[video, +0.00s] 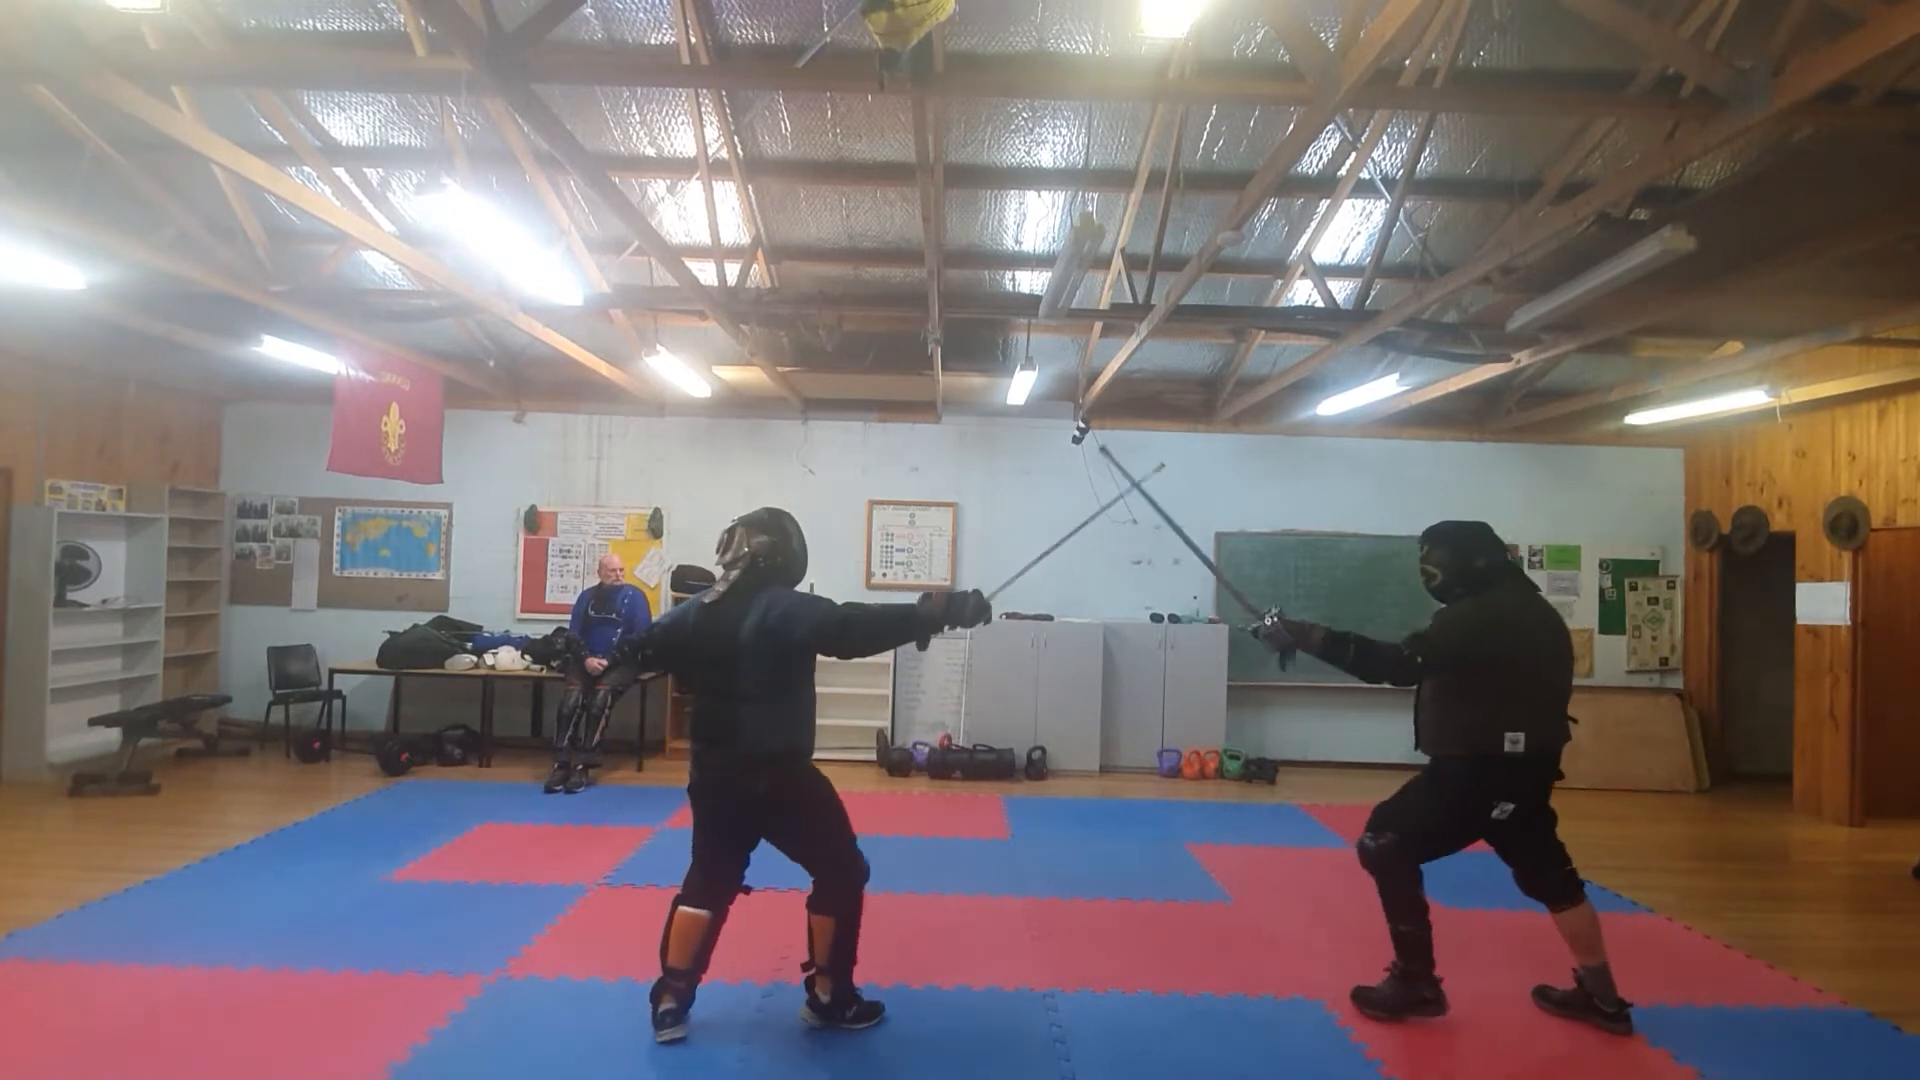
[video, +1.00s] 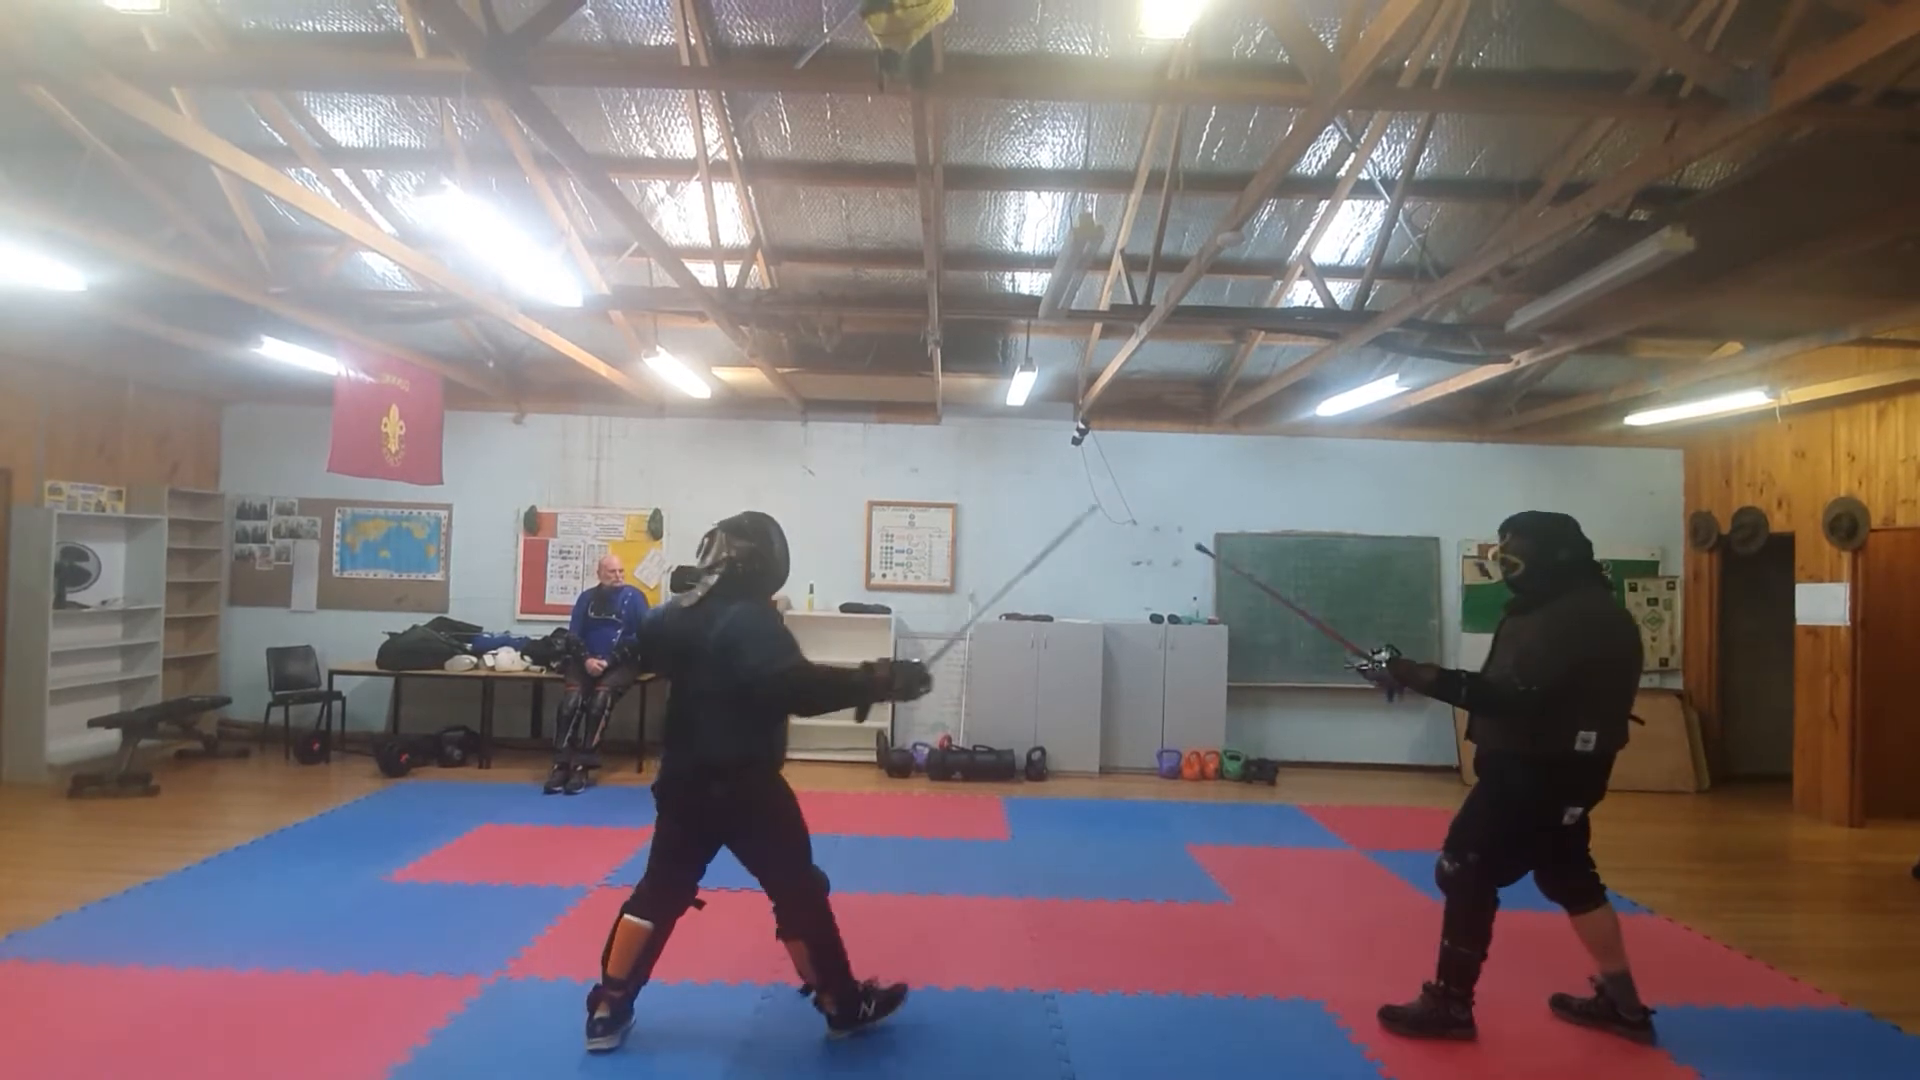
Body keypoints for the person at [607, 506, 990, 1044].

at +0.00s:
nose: (798, 568)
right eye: (796, 558)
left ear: (730, 554)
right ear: (787, 559)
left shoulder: (693, 617)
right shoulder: (792, 611)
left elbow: (642, 649)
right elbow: (858, 627)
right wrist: (938, 610)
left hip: (715, 783)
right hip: (785, 782)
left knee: (708, 880)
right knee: (840, 871)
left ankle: (671, 999)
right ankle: (830, 997)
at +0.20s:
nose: (824, 573)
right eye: (822, 563)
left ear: (755, 559)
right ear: (813, 564)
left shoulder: (722, 616)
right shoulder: (816, 619)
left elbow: (682, 631)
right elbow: (878, 659)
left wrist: (728, 600)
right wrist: (949, 635)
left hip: (735, 782)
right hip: (806, 782)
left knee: (718, 876)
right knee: (852, 882)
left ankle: (674, 991)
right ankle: (867, 1005)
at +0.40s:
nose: (813, 577)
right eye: (810, 567)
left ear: (747, 564)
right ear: (802, 571)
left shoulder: (719, 622)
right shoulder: (791, 630)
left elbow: (686, 632)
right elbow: (819, 714)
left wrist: (718, 605)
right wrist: (897, 700)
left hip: (728, 788)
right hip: (795, 790)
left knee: (706, 882)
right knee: (857, 881)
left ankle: (634, 984)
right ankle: (866, 1006)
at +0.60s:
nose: (779, 587)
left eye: (778, 576)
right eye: (778, 575)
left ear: (716, 570)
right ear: (766, 576)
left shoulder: (694, 622)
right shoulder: (742, 631)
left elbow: (654, 642)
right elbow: (751, 702)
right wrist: (841, 700)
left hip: (684, 795)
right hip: (745, 797)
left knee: (670, 892)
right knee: (808, 893)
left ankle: (612, 1004)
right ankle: (855, 1004)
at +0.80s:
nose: (764, 574)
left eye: (763, 563)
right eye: (761, 562)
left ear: (703, 556)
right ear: (745, 561)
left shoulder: (672, 608)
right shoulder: (727, 614)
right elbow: (746, 692)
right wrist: (835, 686)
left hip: (674, 782)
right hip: (733, 782)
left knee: (663, 887)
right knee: (809, 868)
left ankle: (609, 1007)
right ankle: (807, 996)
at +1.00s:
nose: (781, 576)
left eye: (718, 552)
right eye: (779, 565)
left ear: (717, 556)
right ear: (770, 565)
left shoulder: (687, 616)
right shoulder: (754, 620)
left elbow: (648, 640)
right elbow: (788, 686)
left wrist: (679, 600)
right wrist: (874, 681)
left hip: (685, 789)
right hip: (751, 792)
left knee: (659, 891)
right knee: (799, 893)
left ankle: (607, 1009)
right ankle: (842, 1004)